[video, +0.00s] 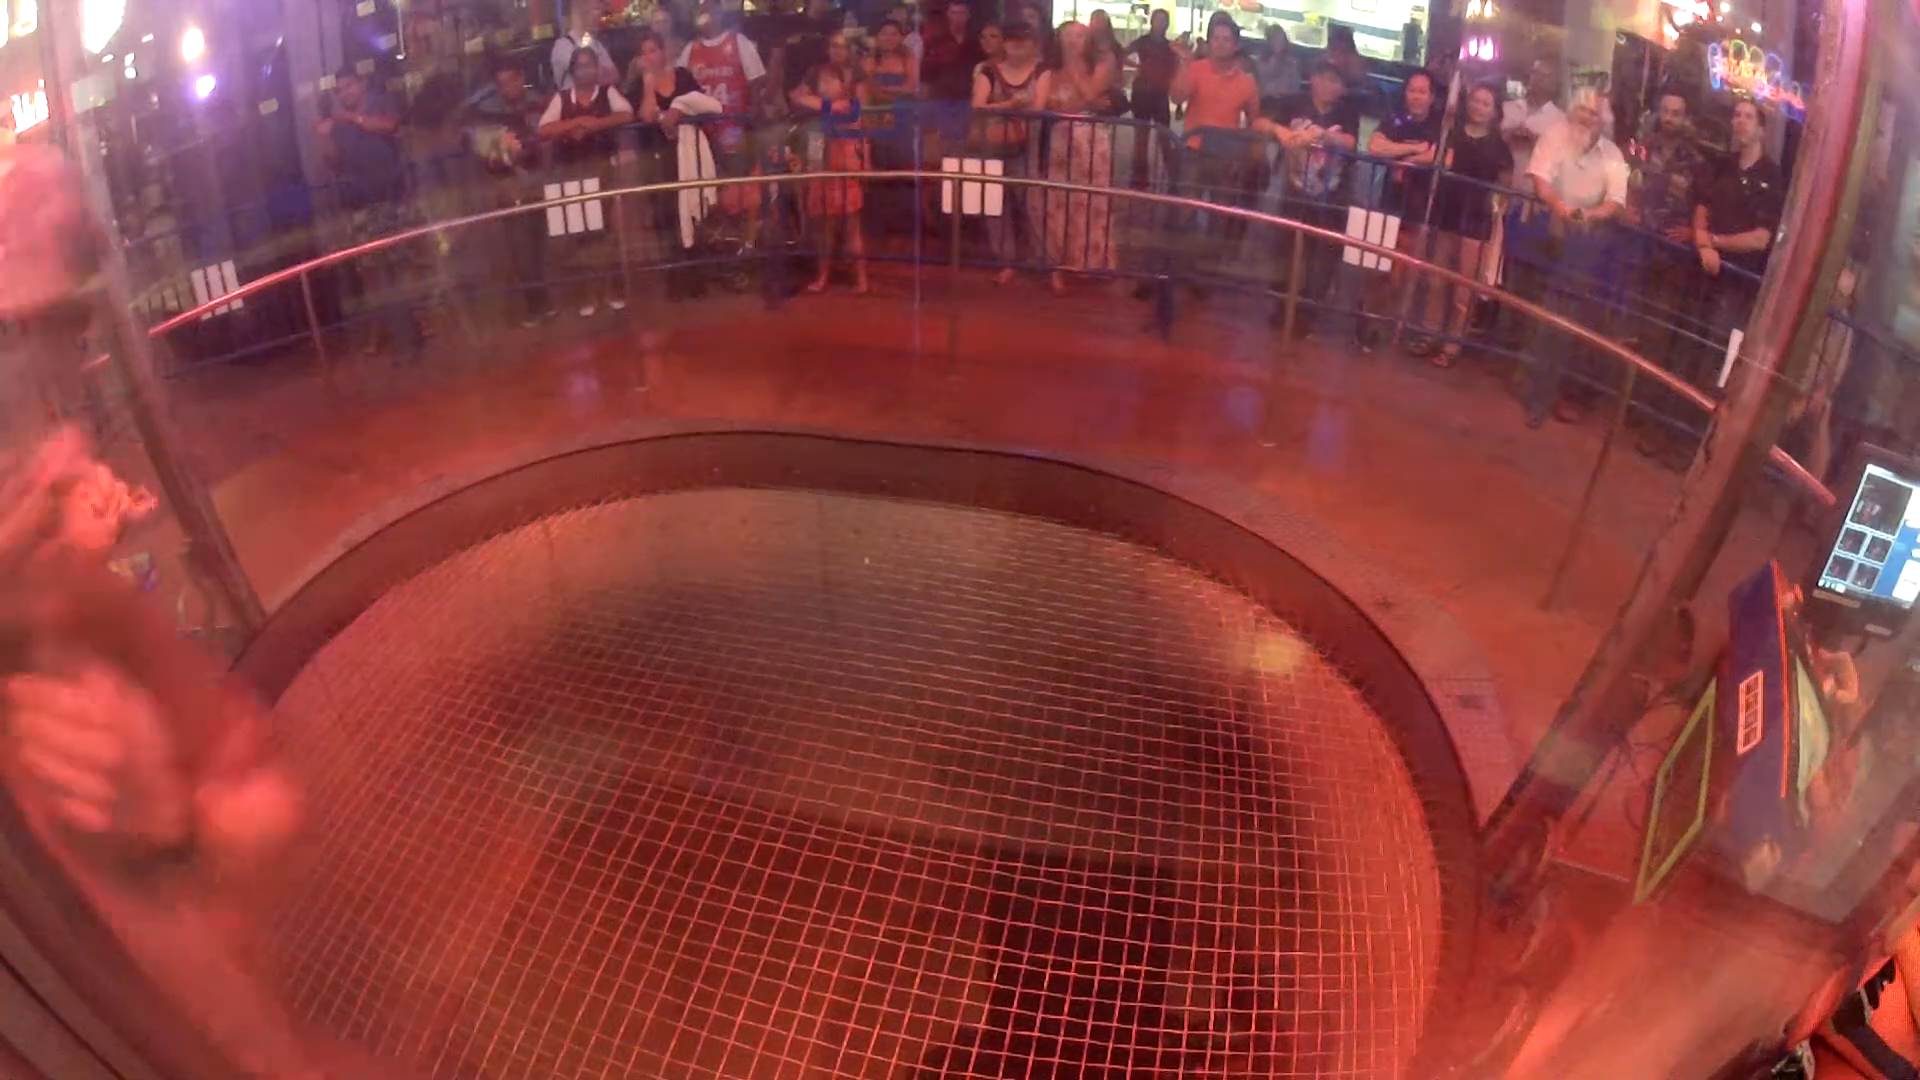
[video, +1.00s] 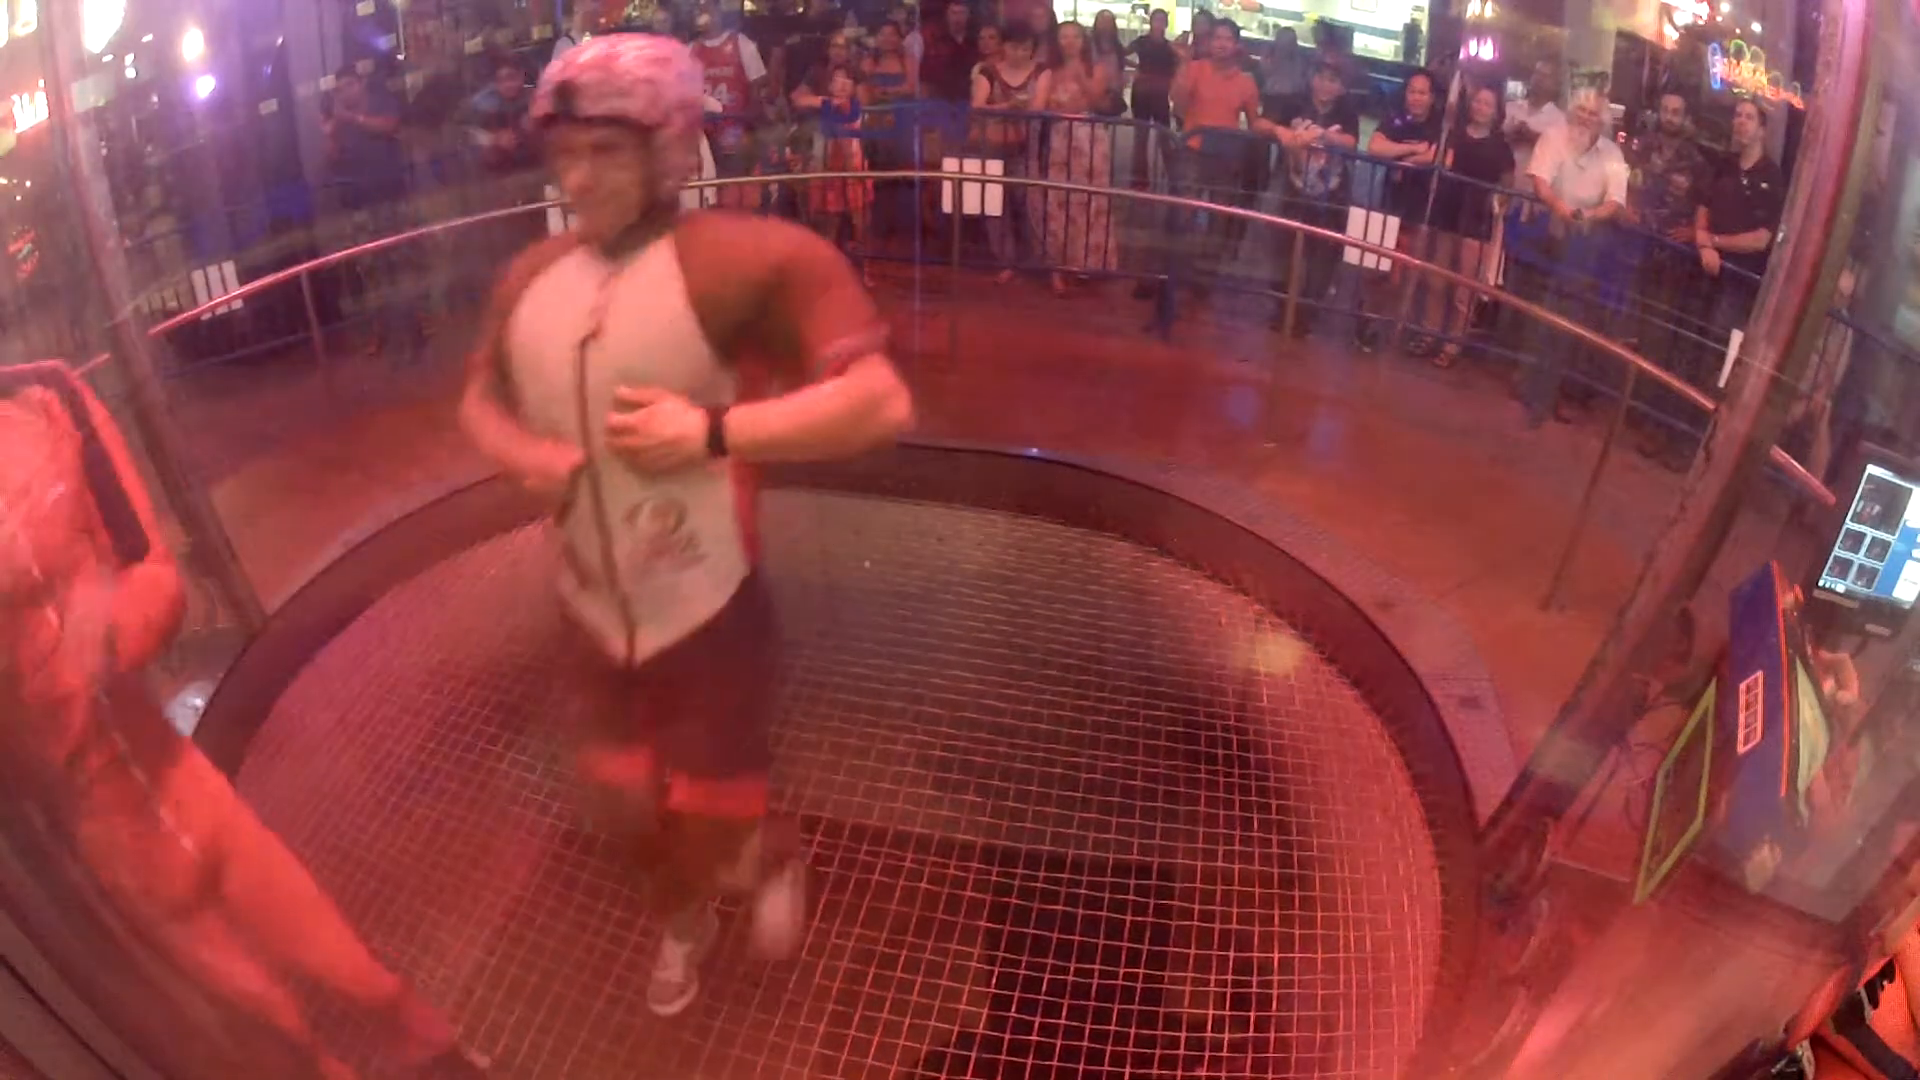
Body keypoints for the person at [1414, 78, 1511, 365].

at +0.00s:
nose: (1479, 107)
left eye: (1486, 103)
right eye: (1475, 101)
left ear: (1495, 111)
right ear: (1466, 104)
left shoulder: (1498, 147)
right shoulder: (1452, 136)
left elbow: (1505, 185)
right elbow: (1439, 165)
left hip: (1476, 217)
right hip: (1445, 211)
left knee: (1464, 284)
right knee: (1435, 278)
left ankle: (1452, 342)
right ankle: (1429, 332)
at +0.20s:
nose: (1480, 108)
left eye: (1487, 104)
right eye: (1476, 101)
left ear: (1496, 111)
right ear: (1467, 104)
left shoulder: (1500, 147)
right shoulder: (1453, 136)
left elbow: (1506, 186)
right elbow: (1439, 165)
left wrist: (1498, 212)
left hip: (1477, 217)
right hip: (1446, 211)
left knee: (1464, 285)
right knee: (1435, 278)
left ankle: (1453, 342)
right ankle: (1430, 332)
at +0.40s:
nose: (1480, 108)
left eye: (1487, 104)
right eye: (1476, 101)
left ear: (1496, 111)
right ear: (1467, 104)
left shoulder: (1500, 147)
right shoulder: (1453, 136)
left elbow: (1506, 186)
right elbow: (1439, 165)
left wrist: (1498, 210)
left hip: (1477, 217)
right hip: (1446, 211)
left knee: (1464, 285)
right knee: (1436, 278)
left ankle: (1453, 341)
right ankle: (1430, 332)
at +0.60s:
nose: (1481, 108)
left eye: (1487, 104)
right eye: (1477, 101)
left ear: (1496, 112)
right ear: (1468, 104)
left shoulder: (1501, 148)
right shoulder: (1453, 137)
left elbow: (1507, 187)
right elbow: (1439, 167)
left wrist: (1497, 211)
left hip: (1477, 219)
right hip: (1446, 212)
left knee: (1464, 286)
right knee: (1436, 279)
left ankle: (1453, 342)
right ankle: (1430, 332)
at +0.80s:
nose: (1481, 108)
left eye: (1487, 104)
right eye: (1477, 101)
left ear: (1497, 112)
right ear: (1469, 105)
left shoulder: (1500, 147)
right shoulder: (1454, 137)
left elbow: (1507, 187)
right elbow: (1440, 167)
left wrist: (1496, 208)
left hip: (1477, 218)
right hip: (1445, 211)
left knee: (1463, 287)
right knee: (1435, 280)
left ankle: (1453, 342)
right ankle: (1430, 332)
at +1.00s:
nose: (1481, 107)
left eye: (1487, 104)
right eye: (1477, 101)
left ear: (1497, 112)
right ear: (1469, 104)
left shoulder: (1501, 148)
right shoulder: (1454, 137)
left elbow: (1507, 188)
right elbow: (1440, 168)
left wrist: (1496, 207)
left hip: (1476, 220)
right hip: (1445, 212)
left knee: (1463, 288)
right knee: (1435, 281)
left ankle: (1453, 342)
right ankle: (1430, 333)